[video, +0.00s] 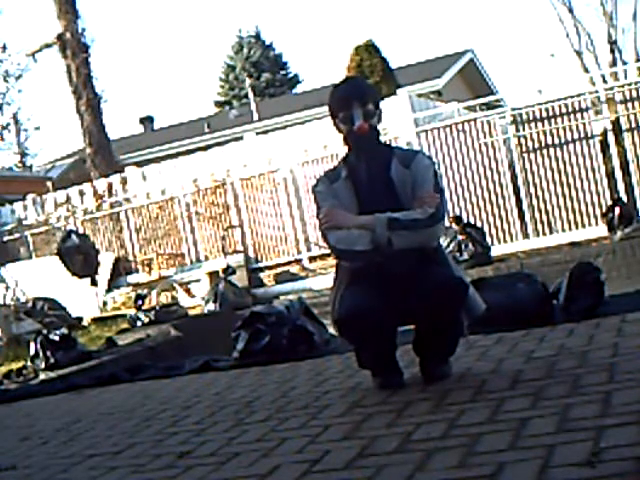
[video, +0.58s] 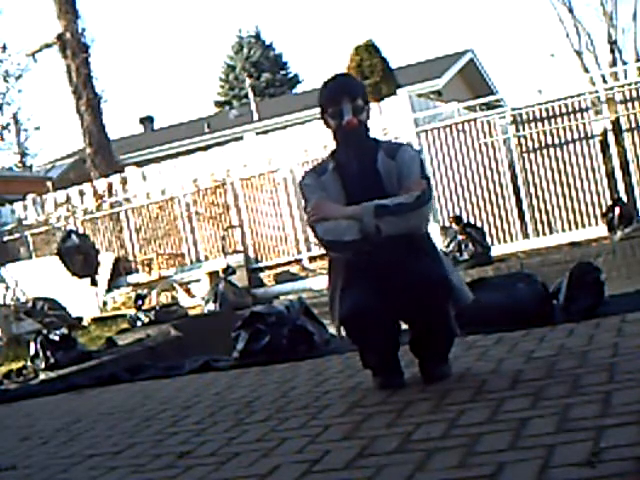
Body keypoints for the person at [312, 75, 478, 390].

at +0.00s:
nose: (360, 125)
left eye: (368, 113)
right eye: (348, 118)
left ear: (379, 114)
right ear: (336, 124)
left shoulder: (415, 163)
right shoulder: (327, 185)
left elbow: (432, 227)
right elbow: (341, 244)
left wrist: (357, 222)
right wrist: (412, 217)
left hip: (421, 267)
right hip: (364, 277)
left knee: (447, 290)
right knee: (355, 313)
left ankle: (435, 358)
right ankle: (384, 368)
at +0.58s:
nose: (349, 121)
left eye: (357, 109)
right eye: (337, 113)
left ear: (368, 110)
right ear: (326, 119)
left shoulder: (402, 156)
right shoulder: (315, 179)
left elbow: (419, 217)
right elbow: (329, 235)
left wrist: (344, 212)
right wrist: (399, 208)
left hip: (413, 260)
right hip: (359, 273)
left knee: (430, 292)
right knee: (362, 313)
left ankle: (434, 361)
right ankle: (385, 370)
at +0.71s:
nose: (343, 113)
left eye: (351, 102)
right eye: (332, 106)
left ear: (363, 104)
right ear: (320, 112)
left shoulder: (395, 147)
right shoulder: (308, 173)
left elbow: (407, 193)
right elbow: (321, 228)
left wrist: (337, 202)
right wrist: (386, 209)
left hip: (413, 263)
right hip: (358, 278)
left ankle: (442, 347)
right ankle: (385, 366)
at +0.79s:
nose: (341, 115)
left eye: (349, 104)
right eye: (329, 108)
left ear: (360, 106)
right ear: (317, 114)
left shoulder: (391, 151)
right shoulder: (306, 176)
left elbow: (409, 196)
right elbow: (321, 232)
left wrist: (338, 204)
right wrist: (387, 207)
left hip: (412, 253)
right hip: (358, 266)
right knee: (368, 308)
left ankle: (453, 361)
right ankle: (386, 369)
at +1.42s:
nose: (369, 124)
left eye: (376, 112)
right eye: (357, 118)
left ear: (388, 113)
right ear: (348, 126)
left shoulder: (426, 158)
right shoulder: (341, 184)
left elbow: (433, 194)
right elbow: (344, 231)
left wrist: (360, 205)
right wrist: (402, 210)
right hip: (384, 286)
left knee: (407, 248)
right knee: (363, 260)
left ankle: (434, 360)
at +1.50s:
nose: (364, 110)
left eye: (370, 99)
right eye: (352, 103)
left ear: (383, 99)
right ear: (341, 110)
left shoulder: (421, 143)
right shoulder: (337, 171)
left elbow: (435, 188)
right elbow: (340, 210)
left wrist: (359, 188)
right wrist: (404, 194)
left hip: (428, 264)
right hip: (370, 275)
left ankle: (436, 360)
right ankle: (377, 368)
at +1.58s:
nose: (357, 98)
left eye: (363, 87)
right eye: (345, 92)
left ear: (375, 86)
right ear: (335, 101)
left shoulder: (416, 131)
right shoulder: (333, 157)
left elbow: (433, 169)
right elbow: (335, 198)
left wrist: (361, 175)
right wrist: (397, 180)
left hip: (420, 239)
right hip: (366, 250)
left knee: (435, 292)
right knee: (376, 299)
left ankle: (438, 360)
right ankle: (376, 361)